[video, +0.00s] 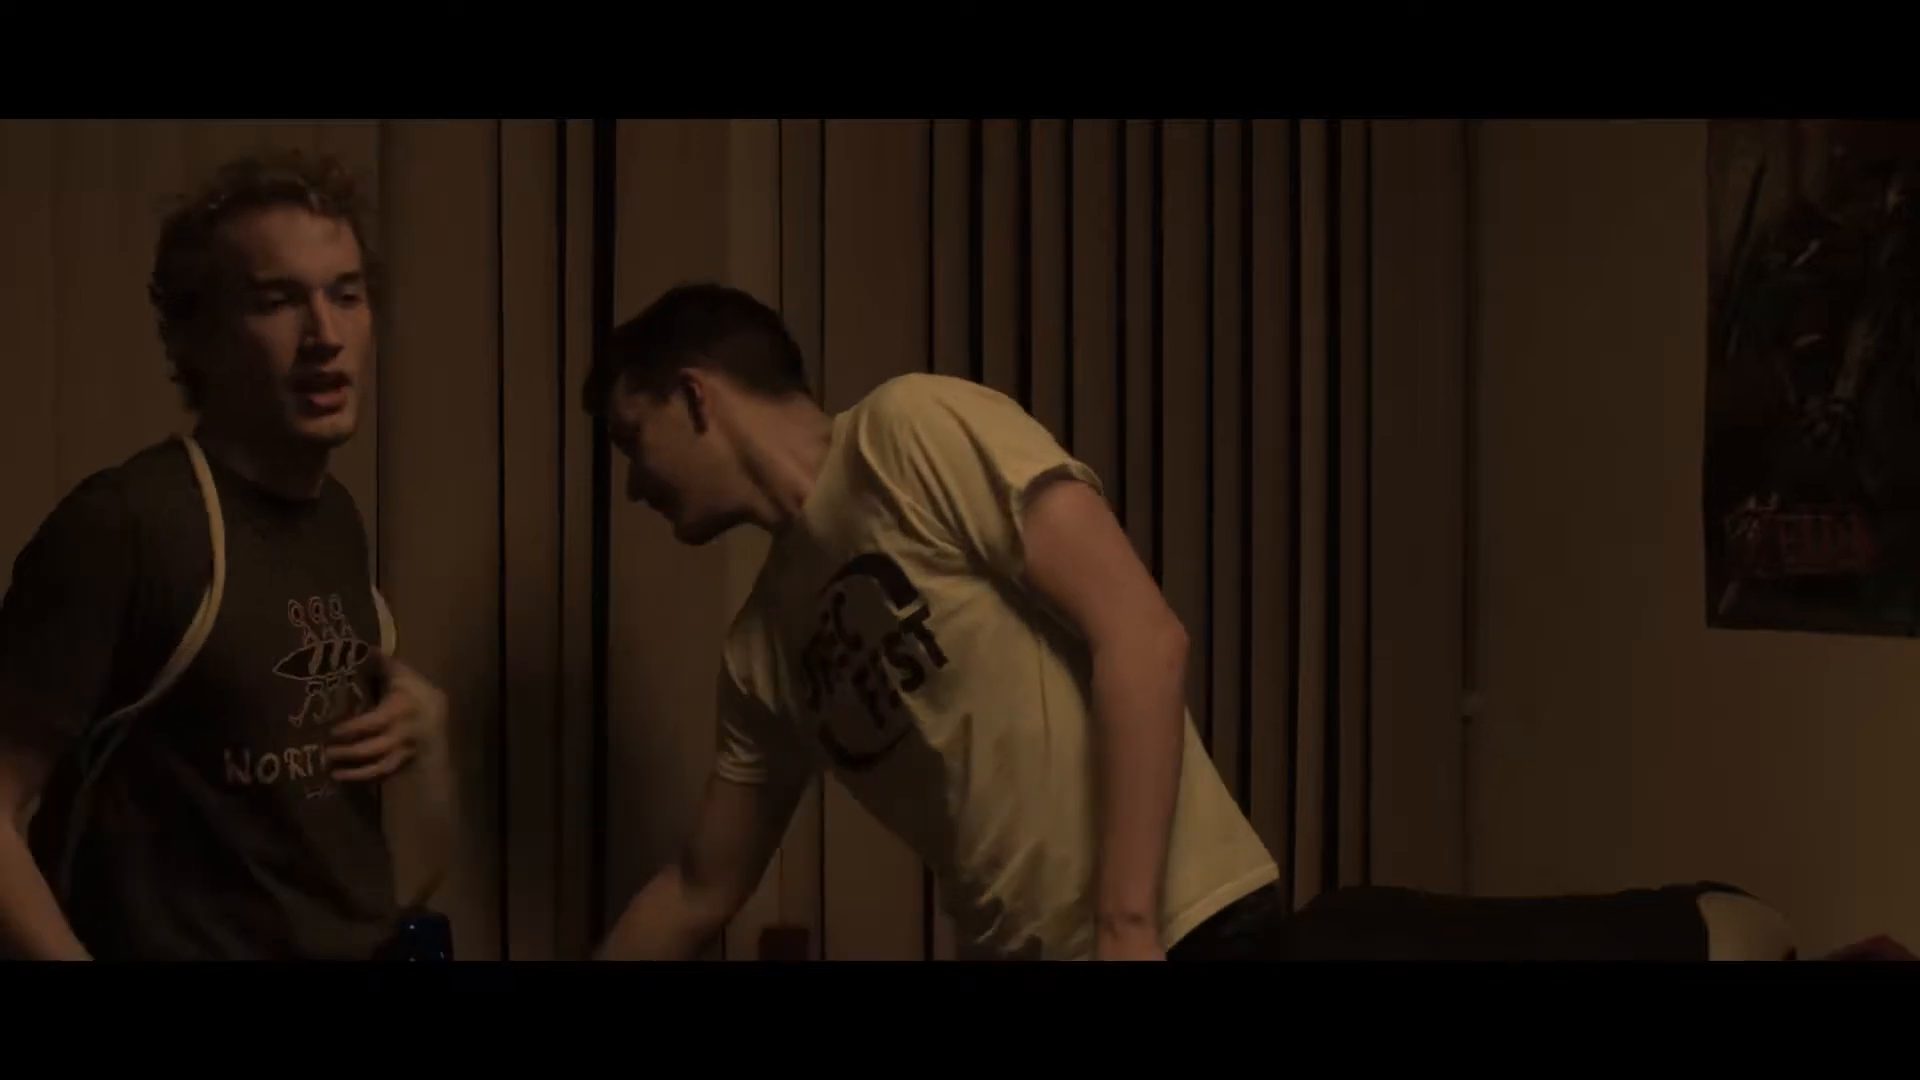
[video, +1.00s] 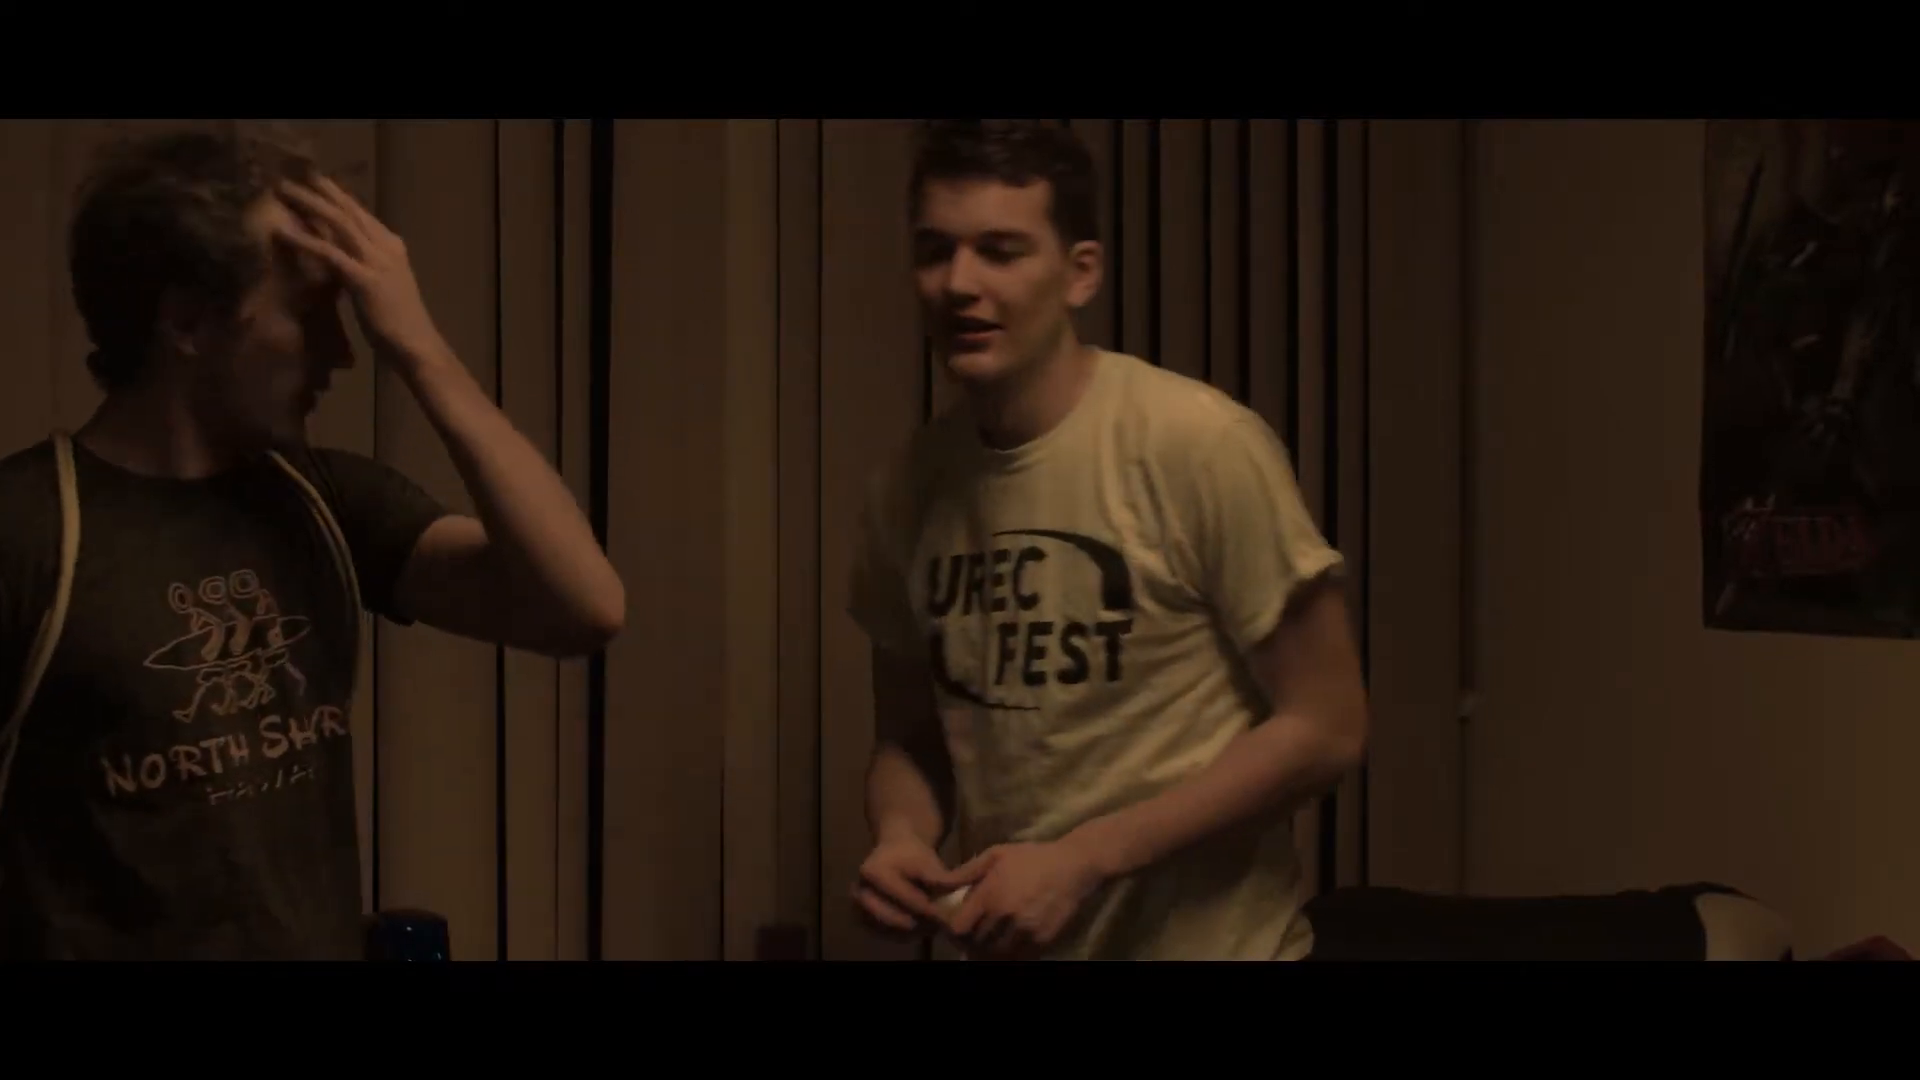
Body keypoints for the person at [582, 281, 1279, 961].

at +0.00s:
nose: (632, 480)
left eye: (631, 436)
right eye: (622, 452)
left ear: (699, 395)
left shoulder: (912, 422)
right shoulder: (764, 648)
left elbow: (1141, 635)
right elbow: (699, 887)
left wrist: (1127, 920)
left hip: (1188, 913)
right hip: (1025, 948)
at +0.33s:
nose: (655, 391)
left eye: (688, 356)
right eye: (640, 377)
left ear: (786, 373)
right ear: (636, 414)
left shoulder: (908, 437)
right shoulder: (745, 655)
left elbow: (1149, 635)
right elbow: (692, 904)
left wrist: (1083, 911)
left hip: (1189, 914)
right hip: (1014, 953)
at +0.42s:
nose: (675, 370)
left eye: (710, 336)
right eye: (657, 356)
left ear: (805, 356)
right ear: (653, 393)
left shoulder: (929, 432)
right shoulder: (754, 634)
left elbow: (1165, 642)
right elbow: (747, 895)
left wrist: (1071, 911)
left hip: (1186, 915)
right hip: (1005, 948)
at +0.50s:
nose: (706, 347)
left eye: (745, 313)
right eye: (687, 329)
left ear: (834, 339)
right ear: (680, 363)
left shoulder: (963, 434)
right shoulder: (772, 608)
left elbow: (1182, 657)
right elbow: (819, 867)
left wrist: (1050, 915)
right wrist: (708, 956)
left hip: (1179, 929)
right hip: (992, 950)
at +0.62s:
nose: (769, 317)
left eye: (808, 285)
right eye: (748, 296)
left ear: (894, 316)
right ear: (734, 329)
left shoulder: (1018, 435)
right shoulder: (808, 571)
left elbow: (1205, 689)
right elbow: (900, 822)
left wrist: (1019, 911)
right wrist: (794, 943)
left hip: (1170, 934)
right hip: (988, 951)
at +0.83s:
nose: (883, 286)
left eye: (924, 255)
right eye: (859, 258)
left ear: (1001, 286)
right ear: (838, 282)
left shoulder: (1121, 440)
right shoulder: (864, 518)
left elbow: (1264, 714)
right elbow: (918, 770)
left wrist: (1029, 887)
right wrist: (865, 900)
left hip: (1183, 939)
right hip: (997, 945)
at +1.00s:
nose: (958, 282)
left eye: (1001, 251)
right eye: (936, 251)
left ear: (1079, 273)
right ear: (915, 267)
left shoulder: (1201, 444)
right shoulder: (915, 483)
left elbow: (1329, 722)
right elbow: (908, 728)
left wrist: (1080, 861)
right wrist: (902, 836)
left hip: (1205, 940)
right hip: (1002, 937)